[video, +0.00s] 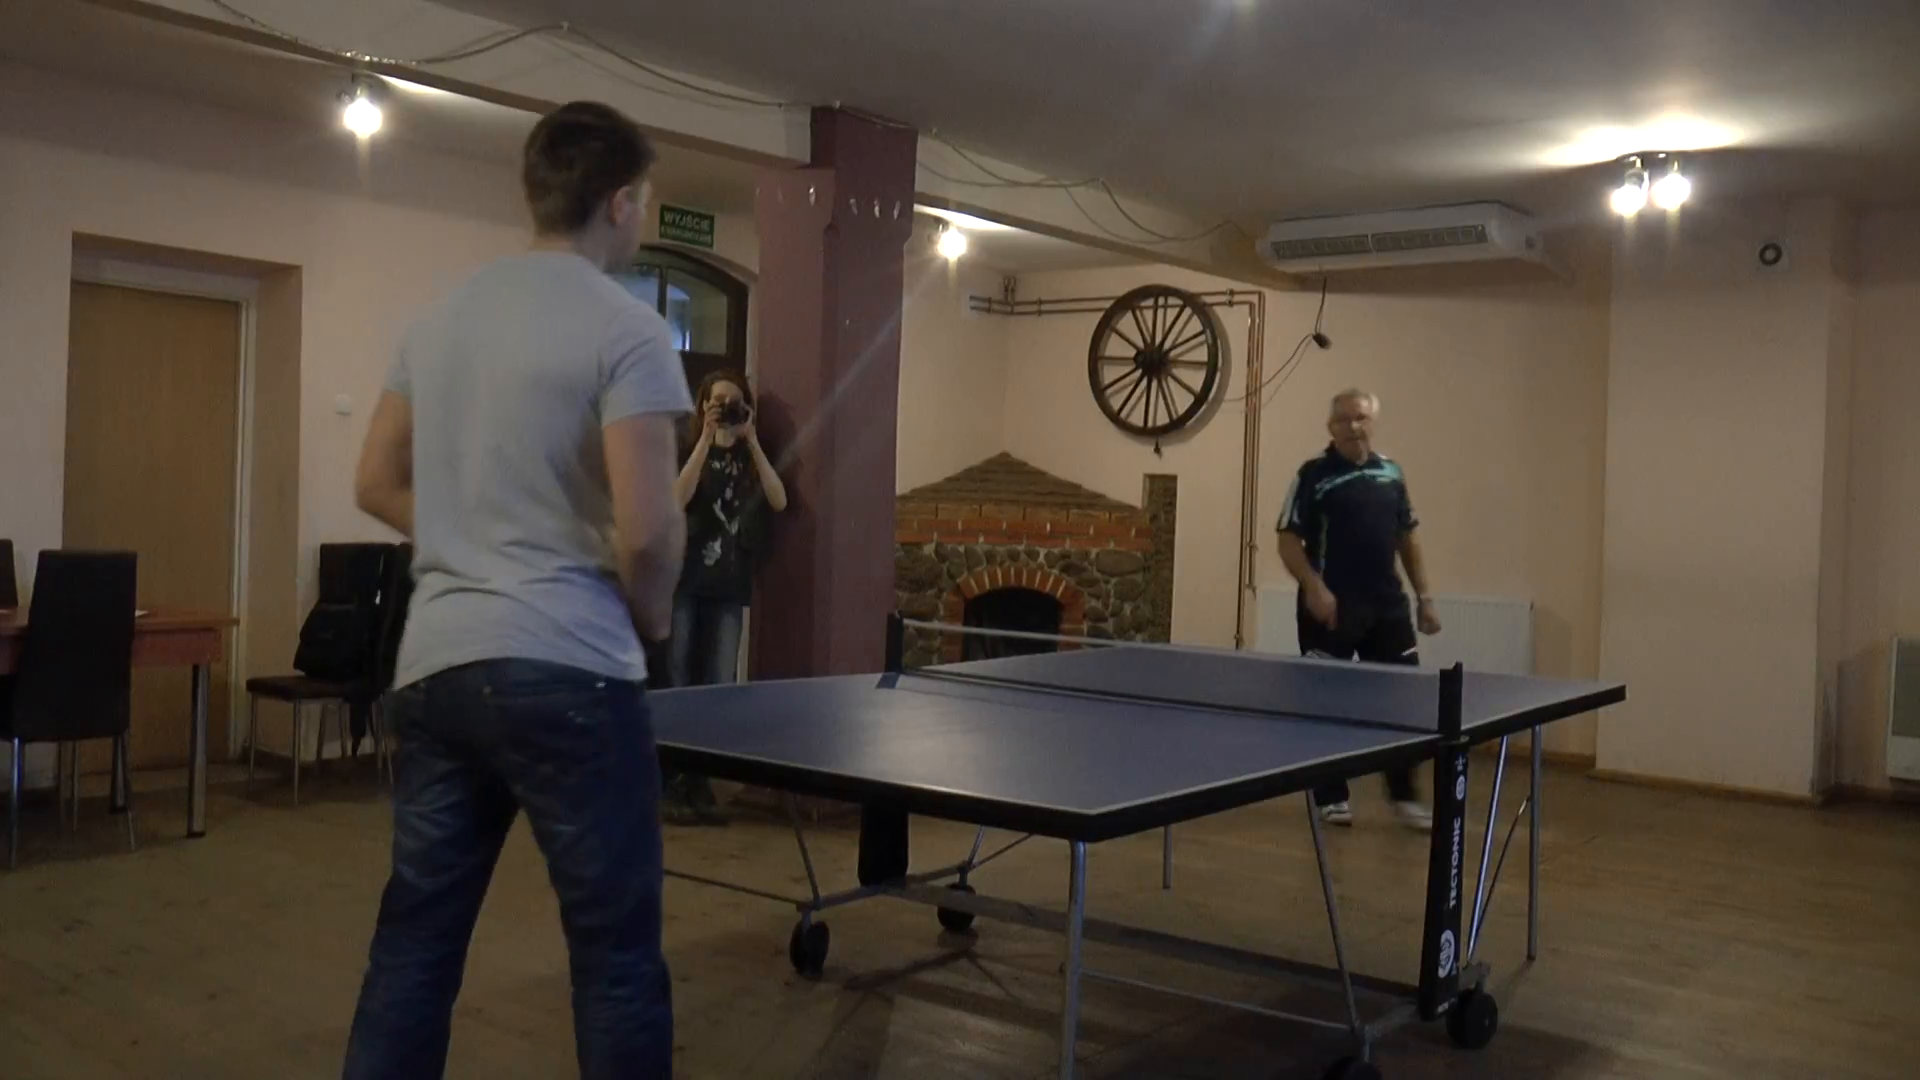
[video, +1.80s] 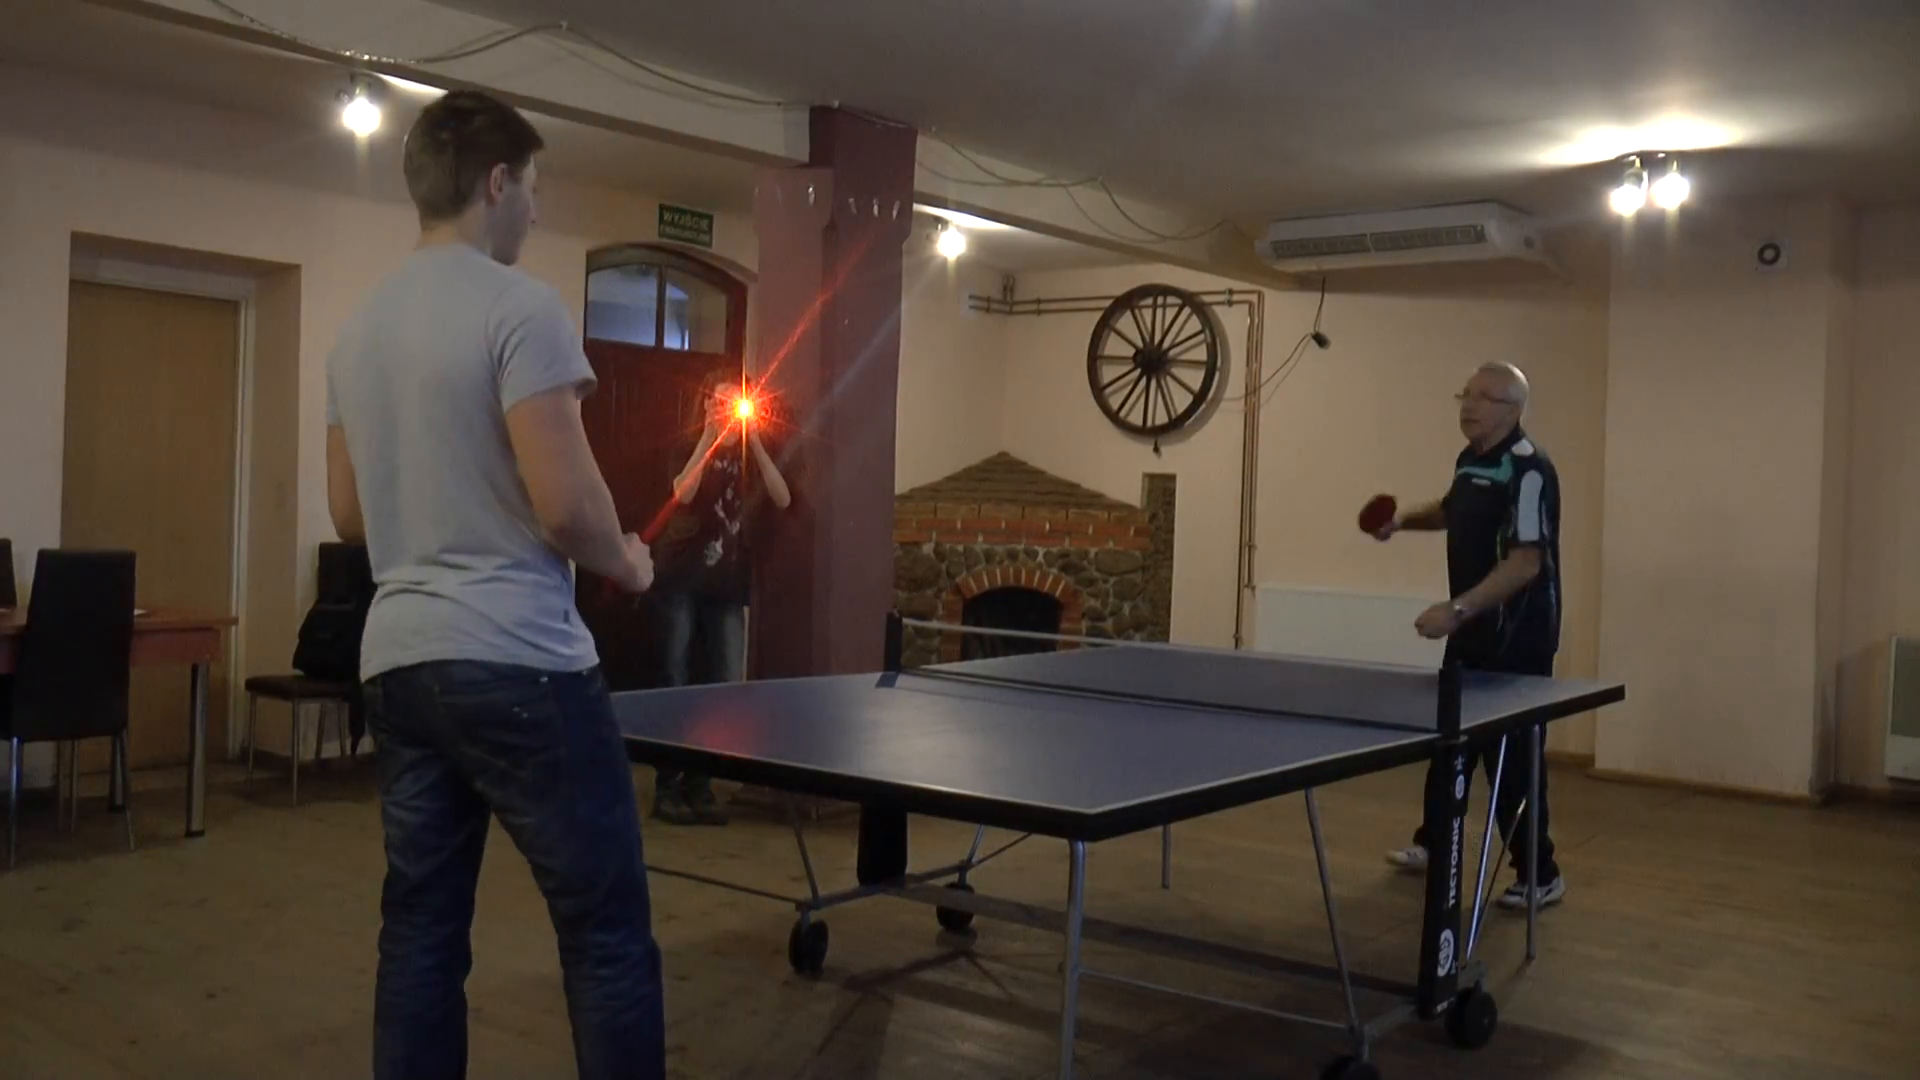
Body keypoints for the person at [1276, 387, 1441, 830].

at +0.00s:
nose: (1352, 426)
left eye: (1360, 418)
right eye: (1343, 419)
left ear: (1374, 423)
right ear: (1330, 425)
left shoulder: (1391, 473)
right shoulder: (1313, 476)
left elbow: (1406, 537)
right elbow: (1288, 540)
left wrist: (1423, 596)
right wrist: (1312, 584)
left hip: (1386, 605)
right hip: (1329, 608)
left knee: (1403, 695)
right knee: (1327, 700)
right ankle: (1330, 795)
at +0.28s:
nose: (1410, 424)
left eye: (1420, 417)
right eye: (1402, 417)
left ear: (1437, 423)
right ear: (1392, 422)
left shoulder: (1456, 474)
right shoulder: (1371, 474)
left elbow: (1472, 541)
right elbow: (1343, 542)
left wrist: (1487, 605)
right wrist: (1346, 601)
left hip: (1445, 613)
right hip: (1384, 612)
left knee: (1455, 712)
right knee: (1357, 701)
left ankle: (1461, 814)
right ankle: (1339, 793)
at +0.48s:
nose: (1441, 423)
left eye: (1452, 414)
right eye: (1433, 414)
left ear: (1472, 419)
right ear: (1423, 417)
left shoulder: (1495, 472)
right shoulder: (1404, 474)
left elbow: (1523, 536)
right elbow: (1376, 543)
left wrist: (1530, 589)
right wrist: (1353, 607)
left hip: (1478, 622)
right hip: (1417, 619)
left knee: (1475, 723)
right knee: (1411, 714)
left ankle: (1464, 816)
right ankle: (1386, 801)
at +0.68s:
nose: (1451, 428)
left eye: (1461, 419)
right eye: (1445, 419)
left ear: (1488, 422)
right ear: (1440, 420)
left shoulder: (1516, 473)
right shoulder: (1426, 475)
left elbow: (1545, 536)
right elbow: (1403, 545)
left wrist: (1534, 565)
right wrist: (1381, 608)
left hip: (1494, 628)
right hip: (1437, 625)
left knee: (1483, 738)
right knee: (1444, 736)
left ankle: (1476, 833)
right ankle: (1449, 834)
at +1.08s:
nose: (1459, 428)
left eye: (1469, 417)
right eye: (1451, 420)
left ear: (1498, 415)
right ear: (1447, 423)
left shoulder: (1535, 471)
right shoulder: (1444, 479)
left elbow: (1570, 545)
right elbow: (1429, 555)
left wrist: (1579, 614)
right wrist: (1420, 622)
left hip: (1521, 633)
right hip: (1458, 633)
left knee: (1526, 740)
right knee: (1469, 744)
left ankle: (1546, 847)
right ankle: (1484, 845)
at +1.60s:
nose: (1470, 416)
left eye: (1482, 408)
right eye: (1468, 407)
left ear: (1517, 411)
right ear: (1471, 410)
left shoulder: (1549, 471)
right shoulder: (1468, 465)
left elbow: (1563, 564)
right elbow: (1432, 516)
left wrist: (1535, 633)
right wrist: (1398, 540)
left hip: (1520, 640)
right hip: (1465, 632)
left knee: (1517, 754)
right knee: (1461, 746)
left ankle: (1537, 871)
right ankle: (1469, 843)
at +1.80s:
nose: (1466, 405)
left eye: (1480, 398)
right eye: (1465, 396)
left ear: (1512, 411)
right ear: (1468, 402)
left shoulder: (1530, 471)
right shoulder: (1471, 460)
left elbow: (1526, 562)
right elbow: (1451, 512)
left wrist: (1458, 608)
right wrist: (1401, 518)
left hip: (1517, 642)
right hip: (1471, 632)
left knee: (1514, 759)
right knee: (1451, 741)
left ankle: (1539, 873)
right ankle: (1436, 842)